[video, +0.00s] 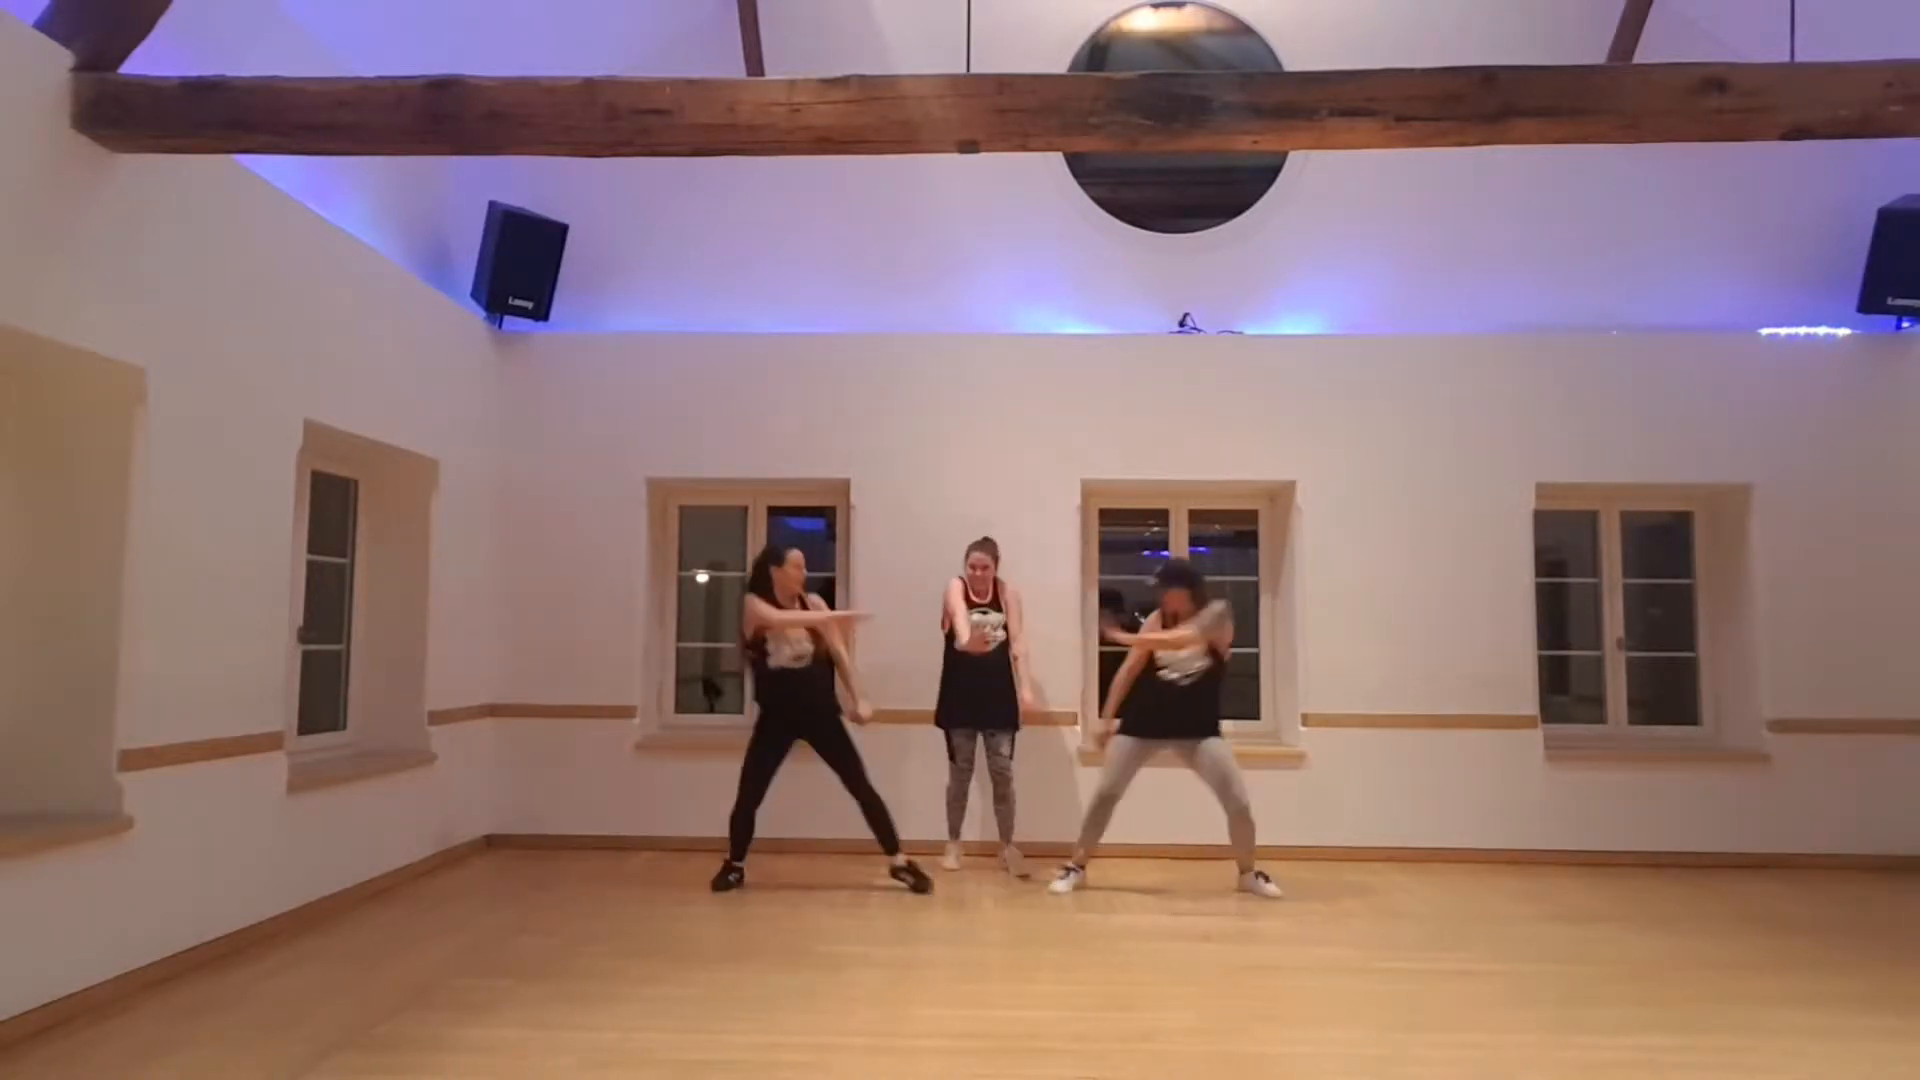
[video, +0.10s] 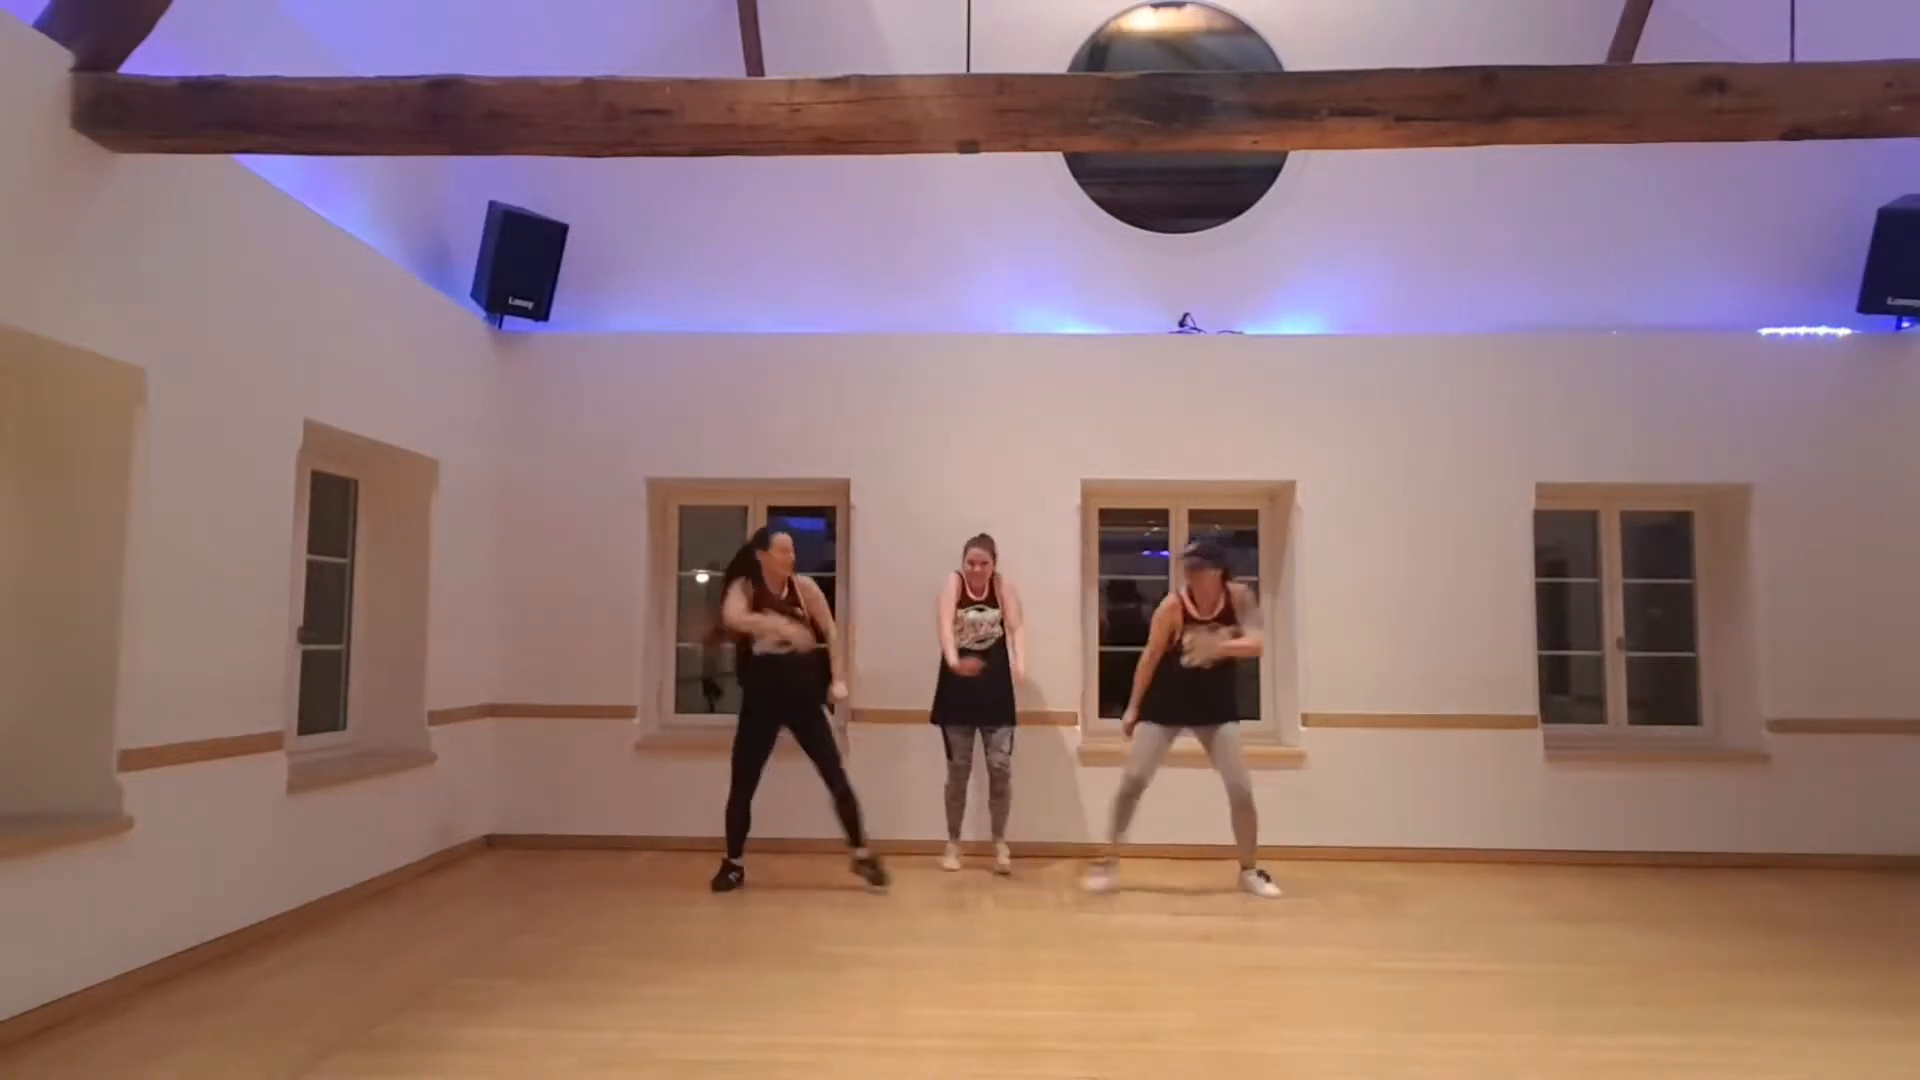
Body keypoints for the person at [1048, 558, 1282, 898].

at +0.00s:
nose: (1167, 602)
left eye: (1174, 594)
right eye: (1164, 595)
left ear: (1193, 592)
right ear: (1160, 595)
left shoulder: (1217, 614)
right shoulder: (1154, 622)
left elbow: (1186, 638)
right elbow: (1129, 669)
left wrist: (1123, 637)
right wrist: (1107, 718)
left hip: (1197, 732)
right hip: (1141, 729)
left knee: (1237, 801)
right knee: (1106, 793)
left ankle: (1247, 875)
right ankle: (1076, 868)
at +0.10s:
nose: (1192, 578)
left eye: (1199, 571)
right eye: (1189, 571)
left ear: (1219, 573)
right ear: (1185, 574)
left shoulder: (1240, 598)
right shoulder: (1172, 607)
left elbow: (1255, 644)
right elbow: (1150, 656)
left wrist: (1218, 647)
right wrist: (1133, 706)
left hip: (1215, 708)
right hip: (1164, 707)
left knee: (1241, 788)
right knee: (1135, 779)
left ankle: (1249, 870)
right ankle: (1109, 859)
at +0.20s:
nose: (1223, 562)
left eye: (1228, 556)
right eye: (1216, 556)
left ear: (1236, 556)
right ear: (1203, 557)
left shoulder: (1250, 584)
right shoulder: (1183, 592)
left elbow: (1268, 635)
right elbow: (1158, 643)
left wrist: (1282, 627)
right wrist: (1140, 691)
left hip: (1226, 695)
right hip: (1177, 695)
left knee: (1245, 780)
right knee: (1167, 769)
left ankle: (1251, 867)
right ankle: (1180, 854)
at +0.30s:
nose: (1235, 560)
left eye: (1239, 554)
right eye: (1228, 553)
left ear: (1244, 554)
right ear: (1212, 553)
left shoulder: (1252, 581)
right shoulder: (1184, 588)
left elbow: (1268, 623)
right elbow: (1156, 629)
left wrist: (1302, 605)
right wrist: (1135, 661)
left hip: (1240, 700)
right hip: (1195, 703)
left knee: (1256, 779)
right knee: (1209, 775)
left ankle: (1253, 865)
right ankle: (1228, 864)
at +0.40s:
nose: (1238, 572)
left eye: (1242, 565)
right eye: (1231, 565)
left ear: (1244, 566)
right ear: (1212, 563)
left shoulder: (1249, 591)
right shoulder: (1183, 594)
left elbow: (1274, 626)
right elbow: (1136, 621)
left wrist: (1290, 596)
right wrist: (1131, 619)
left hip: (1255, 705)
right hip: (1212, 712)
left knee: (1274, 788)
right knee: (1248, 789)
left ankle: (1255, 866)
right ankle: (1242, 872)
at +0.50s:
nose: (1237, 591)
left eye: (1240, 584)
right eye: (1231, 583)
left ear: (1243, 586)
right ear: (1210, 582)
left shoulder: (1246, 618)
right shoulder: (1182, 608)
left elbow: (1288, 638)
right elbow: (1126, 605)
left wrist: (1300, 601)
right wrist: (1132, 587)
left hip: (1266, 719)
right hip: (1225, 728)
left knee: (1284, 802)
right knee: (1268, 803)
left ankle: (1252, 870)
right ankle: (1248, 873)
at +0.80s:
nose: (1250, 563)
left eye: (1251, 556)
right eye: (1245, 555)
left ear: (1247, 558)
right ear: (1226, 555)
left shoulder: (1250, 584)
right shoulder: (1197, 589)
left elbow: (1264, 627)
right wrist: (1217, 624)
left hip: (1228, 697)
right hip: (1191, 695)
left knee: (1250, 778)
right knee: (1216, 765)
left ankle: (1245, 868)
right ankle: (1195, 855)